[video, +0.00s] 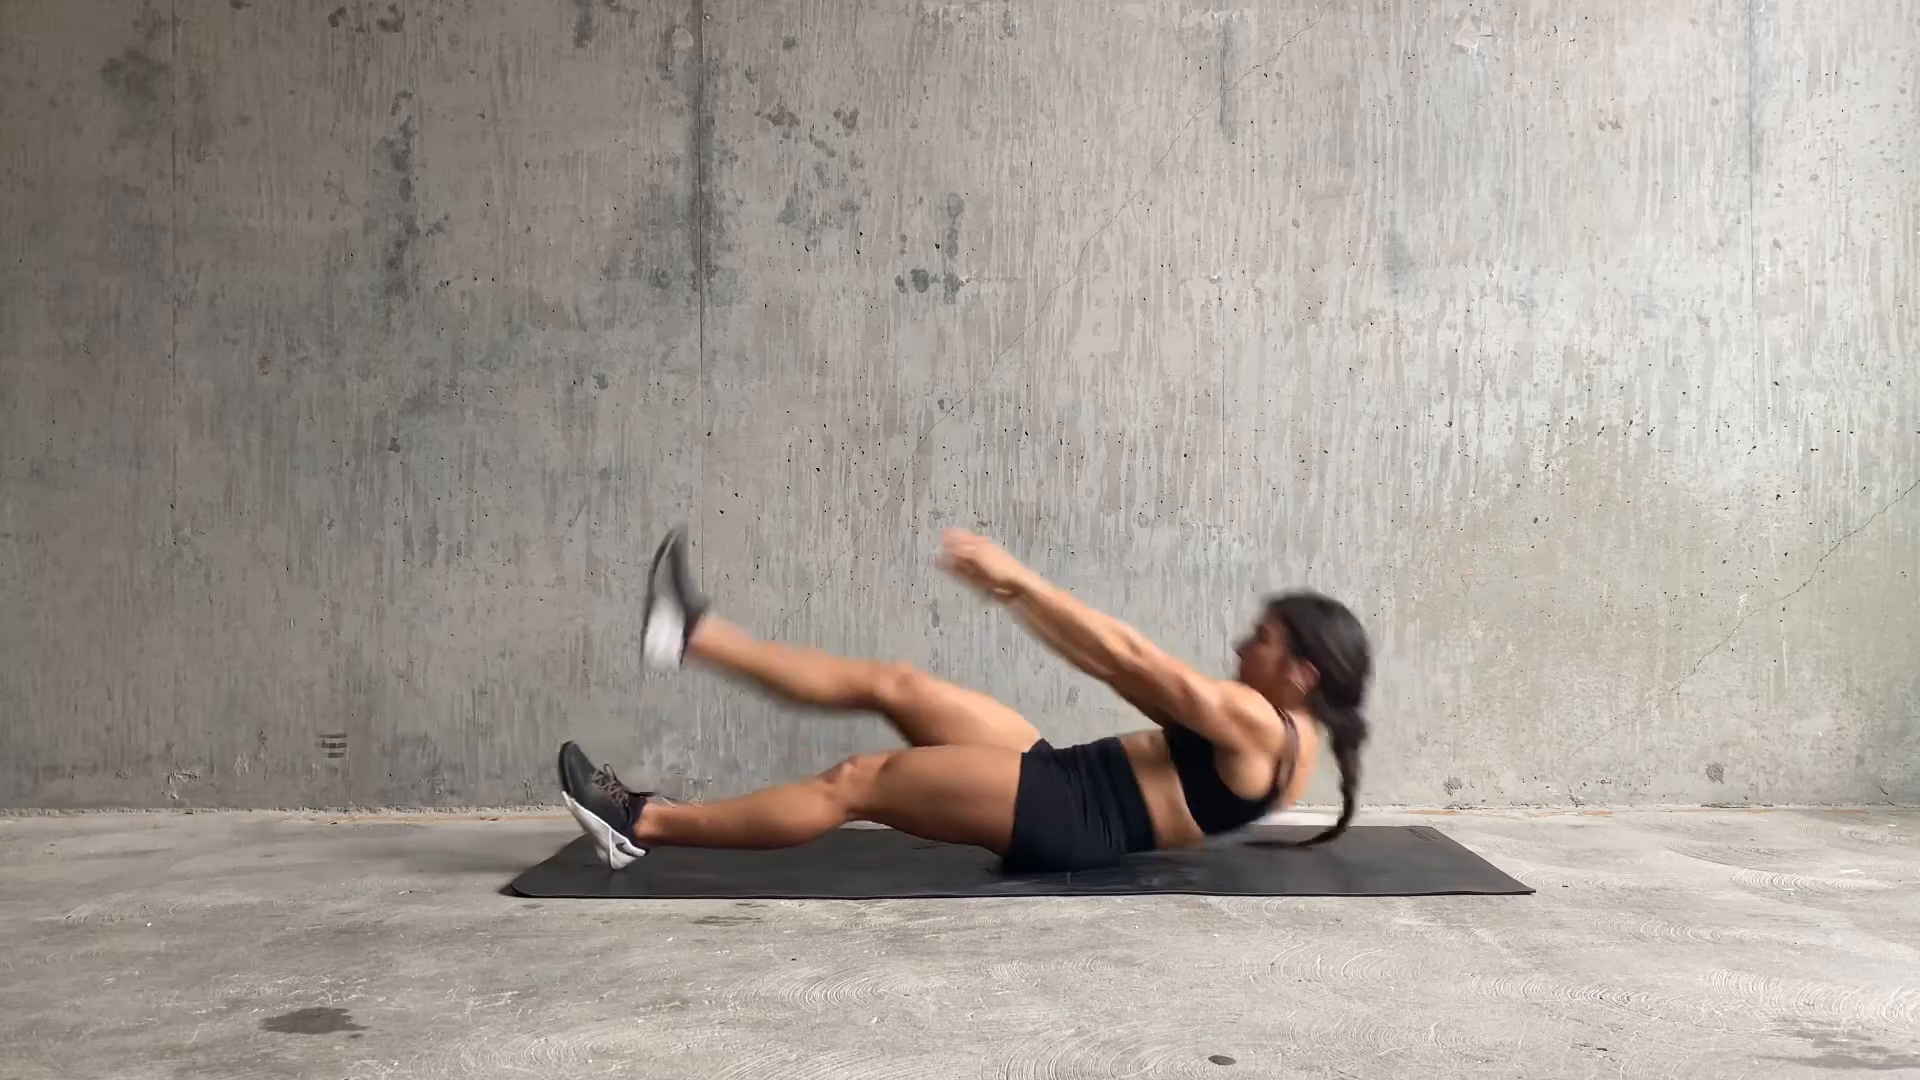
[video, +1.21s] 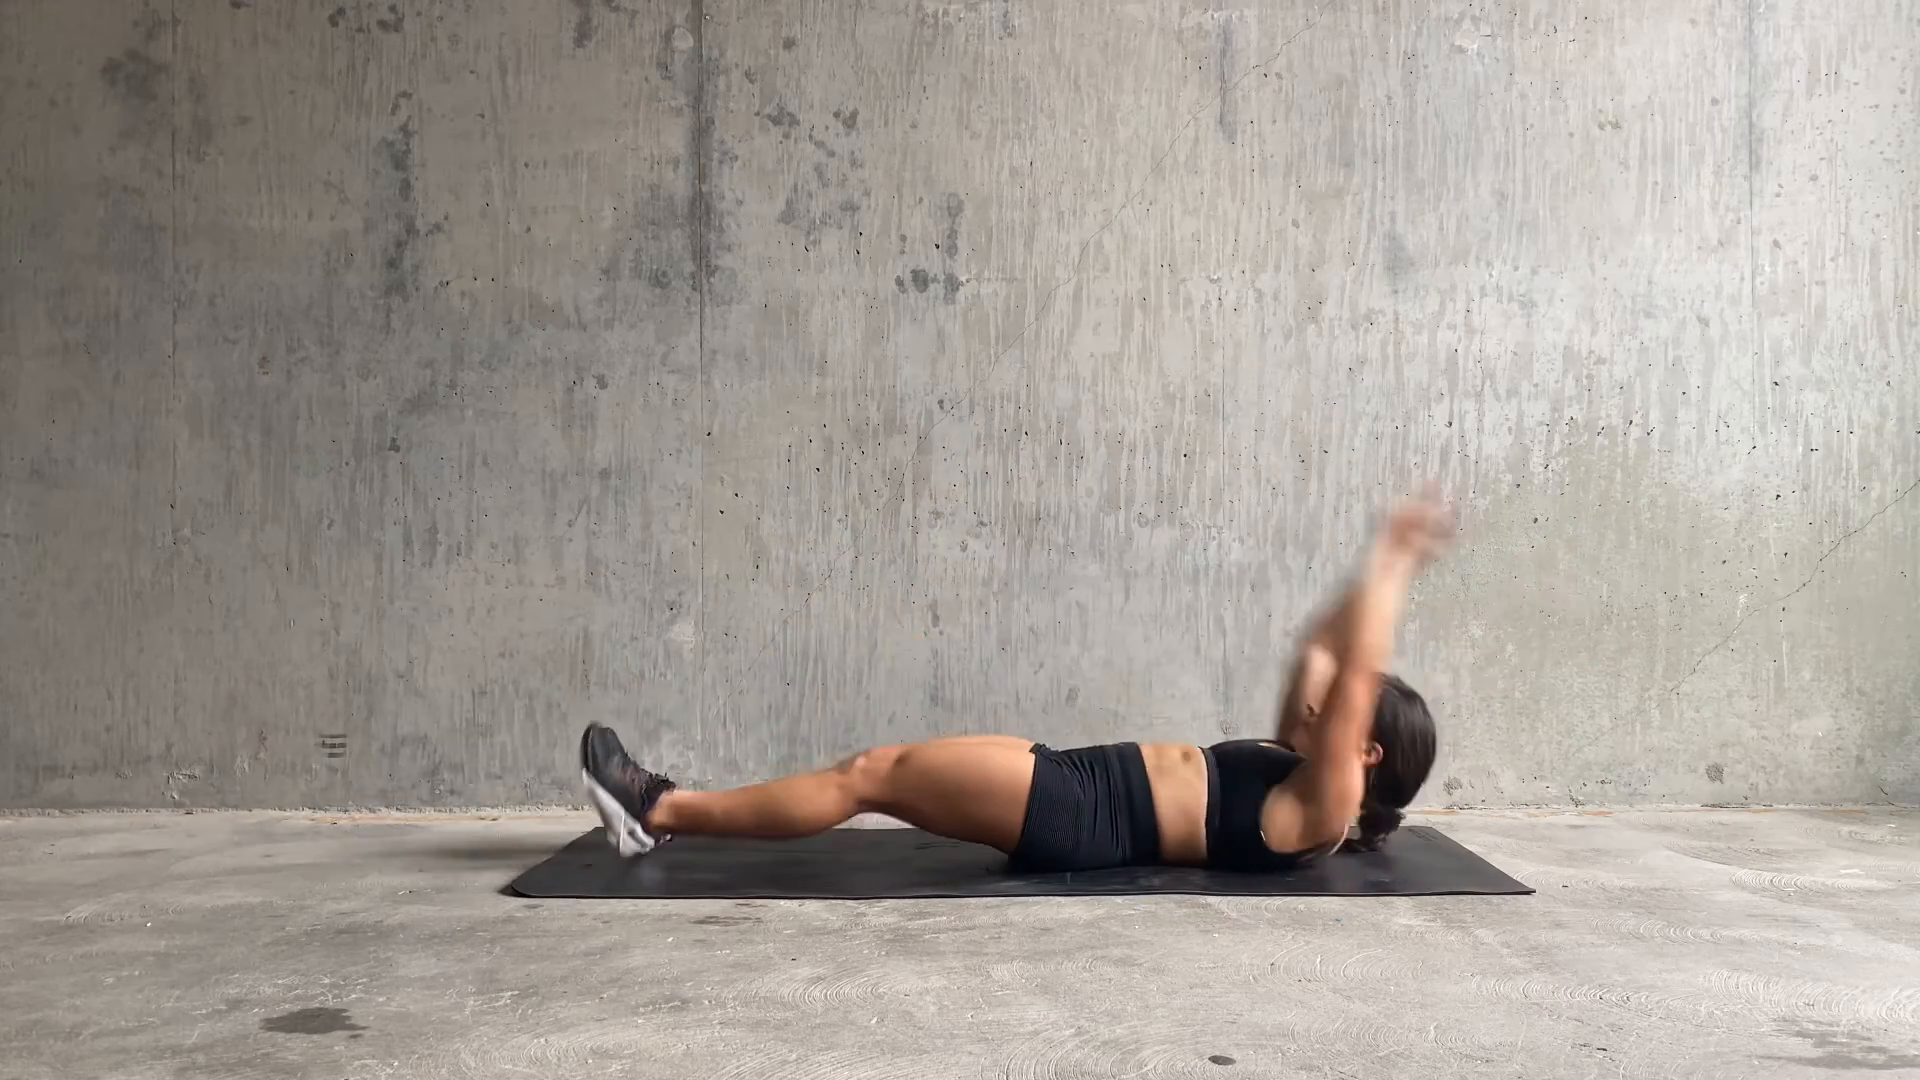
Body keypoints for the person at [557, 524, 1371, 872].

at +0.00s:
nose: (1243, 649)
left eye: (1260, 642)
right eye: (1253, 637)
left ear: (1301, 670)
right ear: (1303, 671)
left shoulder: (1261, 730)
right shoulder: (1272, 733)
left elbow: (1131, 667)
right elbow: (1128, 663)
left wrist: (1011, 581)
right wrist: (1019, 585)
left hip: (1069, 809)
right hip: (1062, 771)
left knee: (856, 786)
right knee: (896, 685)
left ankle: (644, 821)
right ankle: (697, 635)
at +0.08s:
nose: (1197, 599)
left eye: (1214, 592)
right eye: (1206, 588)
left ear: (1251, 621)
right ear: (1251, 621)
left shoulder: (1220, 682)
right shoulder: (1232, 683)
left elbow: (1080, 622)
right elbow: (1076, 656)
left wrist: (962, 547)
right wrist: (965, 604)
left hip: (1065, 811)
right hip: (1060, 773)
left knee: (848, 772)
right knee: (922, 639)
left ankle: (634, 825)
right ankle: (754, 530)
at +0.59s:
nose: (1228, 618)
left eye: (1247, 614)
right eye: (1238, 607)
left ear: (1288, 645)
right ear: (1276, 636)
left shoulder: (1252, 702)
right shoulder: (1228, 689)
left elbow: (1141, 606)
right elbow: (1107, 621)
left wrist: (1060, 492)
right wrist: (1025, 530)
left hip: (1066, 810)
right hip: (1058, 770)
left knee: (850, 784)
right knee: (890, 672)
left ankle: (633, 825)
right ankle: (701, 610)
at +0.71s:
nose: (1271, 662)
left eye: (1289, 658)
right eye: (1282, 649)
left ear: (1324, 694)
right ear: (1319, 689)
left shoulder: (1291, 756)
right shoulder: (1272, 736)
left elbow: (1229, 615)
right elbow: (1203, 620)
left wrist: (1201, 492)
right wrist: (1188, 498)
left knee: (862, 789)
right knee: (871, 720)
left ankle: (641, 829)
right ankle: (670, 708)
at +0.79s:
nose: (1322, 687)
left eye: (1339, 688)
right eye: (1329, 684)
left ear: (1354, 731)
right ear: (1335, 721)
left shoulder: (1313, 797)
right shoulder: (1285, 760)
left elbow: (1333, 651)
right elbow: (1292, 633)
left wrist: (1370, 533)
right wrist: (1342, 527)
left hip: (1080, 812)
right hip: (1075, 779)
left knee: (867, 786)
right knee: (866, 751)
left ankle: (646, 828)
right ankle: (663, 767)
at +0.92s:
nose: (1335, 701)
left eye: (1362, 700)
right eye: (1344, 683)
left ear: (1389, 740)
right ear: (1333, 695)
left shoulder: (1328, 810)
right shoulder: (1306, 779)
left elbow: (1419, 690)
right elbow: (1394, 674)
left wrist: (1502, 595)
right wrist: (1477, 593)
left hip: (1091, 808)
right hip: (1086, 777)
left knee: (872, 789)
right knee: (873, 764)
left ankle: (658, 836)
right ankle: (665, 804)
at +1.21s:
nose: (1337, 698)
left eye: (1353, 700)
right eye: (1342, 692)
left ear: (1371, 743)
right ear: (1364, 744)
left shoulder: (1328, 807)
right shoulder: (1306, 779)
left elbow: (1351, 671)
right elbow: (1320, 655)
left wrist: (1397, 555)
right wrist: (1391, 564)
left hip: (1083, 808)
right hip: (1085, 786)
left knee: (875, 775)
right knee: (878, 771)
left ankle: (663, 812)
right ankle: (674, 807)